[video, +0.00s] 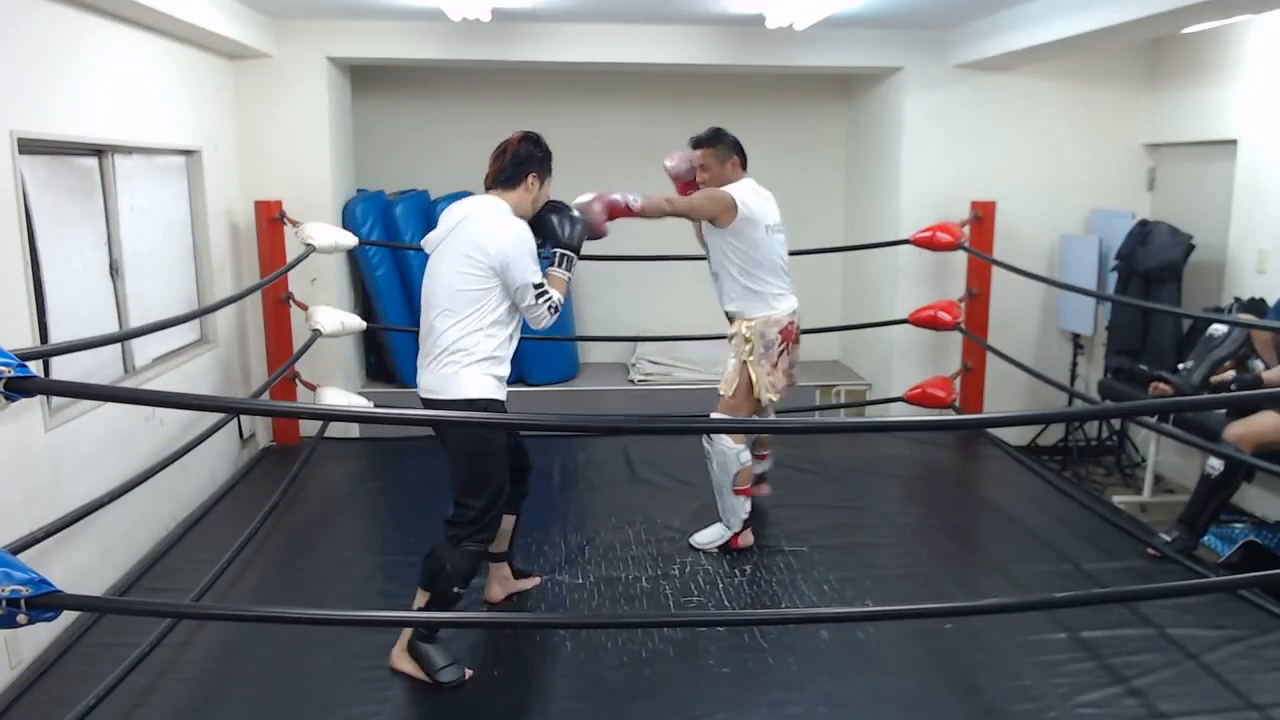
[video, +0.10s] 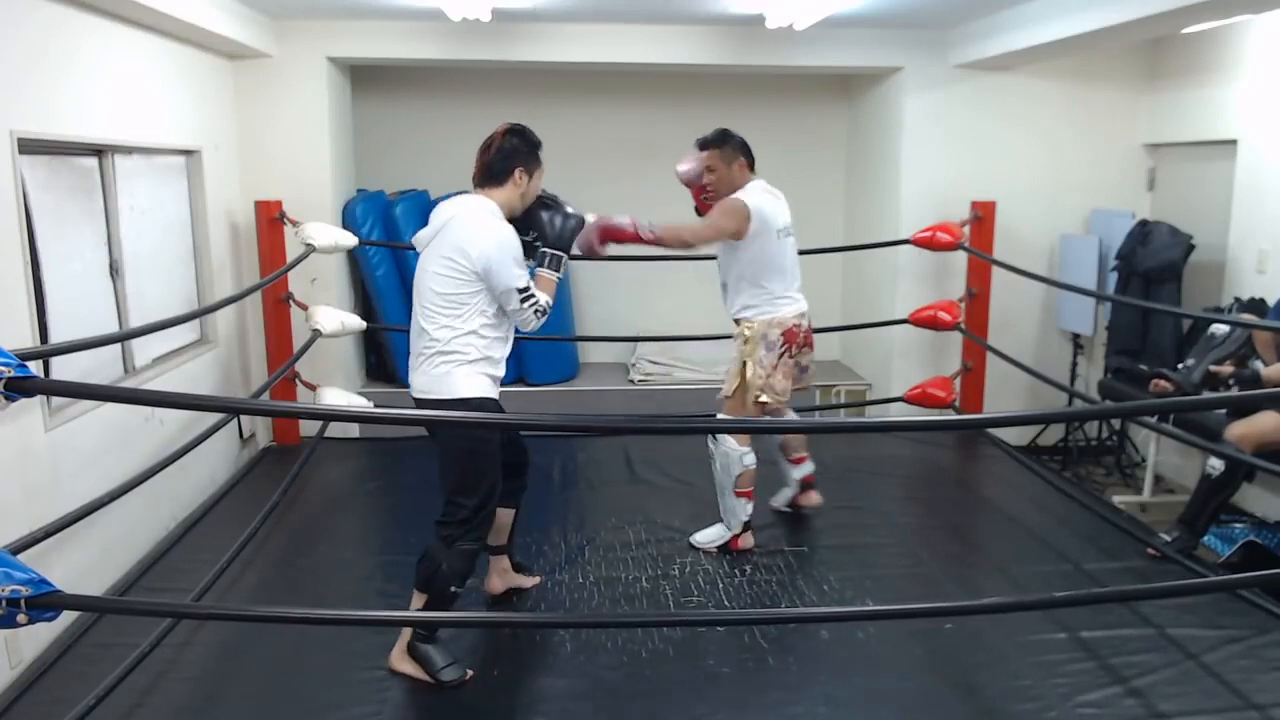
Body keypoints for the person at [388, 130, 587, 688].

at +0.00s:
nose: (544, 198)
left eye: (545, 189)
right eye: (544, 188)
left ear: (500, 175)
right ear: (529, 180)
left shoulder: (457, 215)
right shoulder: (507, 229)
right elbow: (543, 313)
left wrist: (536, 238)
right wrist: (563, 257)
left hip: (441, 384)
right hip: (471, 392)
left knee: (514, 468)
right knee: (477, 512)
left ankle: (499, 577)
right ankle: (413, 643)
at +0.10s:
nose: (536, 193)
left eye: (538, 184)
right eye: (536, 182)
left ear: (493, 172)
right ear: (518, 175)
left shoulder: (453, 213)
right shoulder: (492, 231)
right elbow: (532, 317)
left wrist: (528, 241)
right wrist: (553, 256)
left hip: (437, 379)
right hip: (463, 387)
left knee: (512, 461)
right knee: (470, 510)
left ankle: (499, 572)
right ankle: (411, 643)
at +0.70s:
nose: (536, 164)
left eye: (536, 154)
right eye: (530, 154)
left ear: (502, 158)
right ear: (496, 156)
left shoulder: (501, 212)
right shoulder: (468, 213)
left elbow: (532, 275)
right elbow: (515, 293)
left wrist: (550, 219)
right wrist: (547, 233)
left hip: (484, 367)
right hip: (448, 368)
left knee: (518, 459)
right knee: (438, 486)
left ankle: (512, 554)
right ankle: (398, 615)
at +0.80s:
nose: (505, 155)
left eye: (506, 146)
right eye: (494, 145)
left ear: (483, 153)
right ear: (460, 151)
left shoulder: (501, 207)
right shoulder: (443, 214)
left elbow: (530, 283)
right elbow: (498, 287)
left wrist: (562, 239)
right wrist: (541, 240)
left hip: (484, 363)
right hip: (442, 366)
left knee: (519, 457)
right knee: (439, 484)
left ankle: (511, 552)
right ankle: (370, 593)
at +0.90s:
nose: (489, 159)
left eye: (488, 149)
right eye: (478, 150)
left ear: (461, 158)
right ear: (445, 159)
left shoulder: (485, 213)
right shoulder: (424, 222)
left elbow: (493, 288)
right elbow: (455, 309)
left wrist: (527, 258)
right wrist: (516, 270)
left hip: (475, 372)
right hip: (428, 377)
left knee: (516, 460)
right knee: (421, 489)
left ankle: (510, 554)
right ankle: (355, 599)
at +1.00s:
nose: (488, 177)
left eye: (487, 167)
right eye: (478, 169)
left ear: (452, 175)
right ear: (444, 175)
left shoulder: (470, 228)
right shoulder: (411, 234)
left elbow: (469, 300)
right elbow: (433, 328)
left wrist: (505, 262)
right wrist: (491, 283)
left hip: (457, 383)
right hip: (410, 389)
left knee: (514, 460)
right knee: (403, 507)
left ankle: (510, 550)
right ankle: (351, 610)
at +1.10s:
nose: (490, 183)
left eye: (490, 172)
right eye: (482, 173)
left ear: (454, 176)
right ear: (446, 176)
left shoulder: (464, 227)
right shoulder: (405, 230)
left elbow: (475, 307)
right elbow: (425, 322)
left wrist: (500, 263)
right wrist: (476, 273)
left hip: (450, 372)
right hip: (405, 380)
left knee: (504, 455)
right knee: (400, 499)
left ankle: (510, 540)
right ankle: (350, 607)